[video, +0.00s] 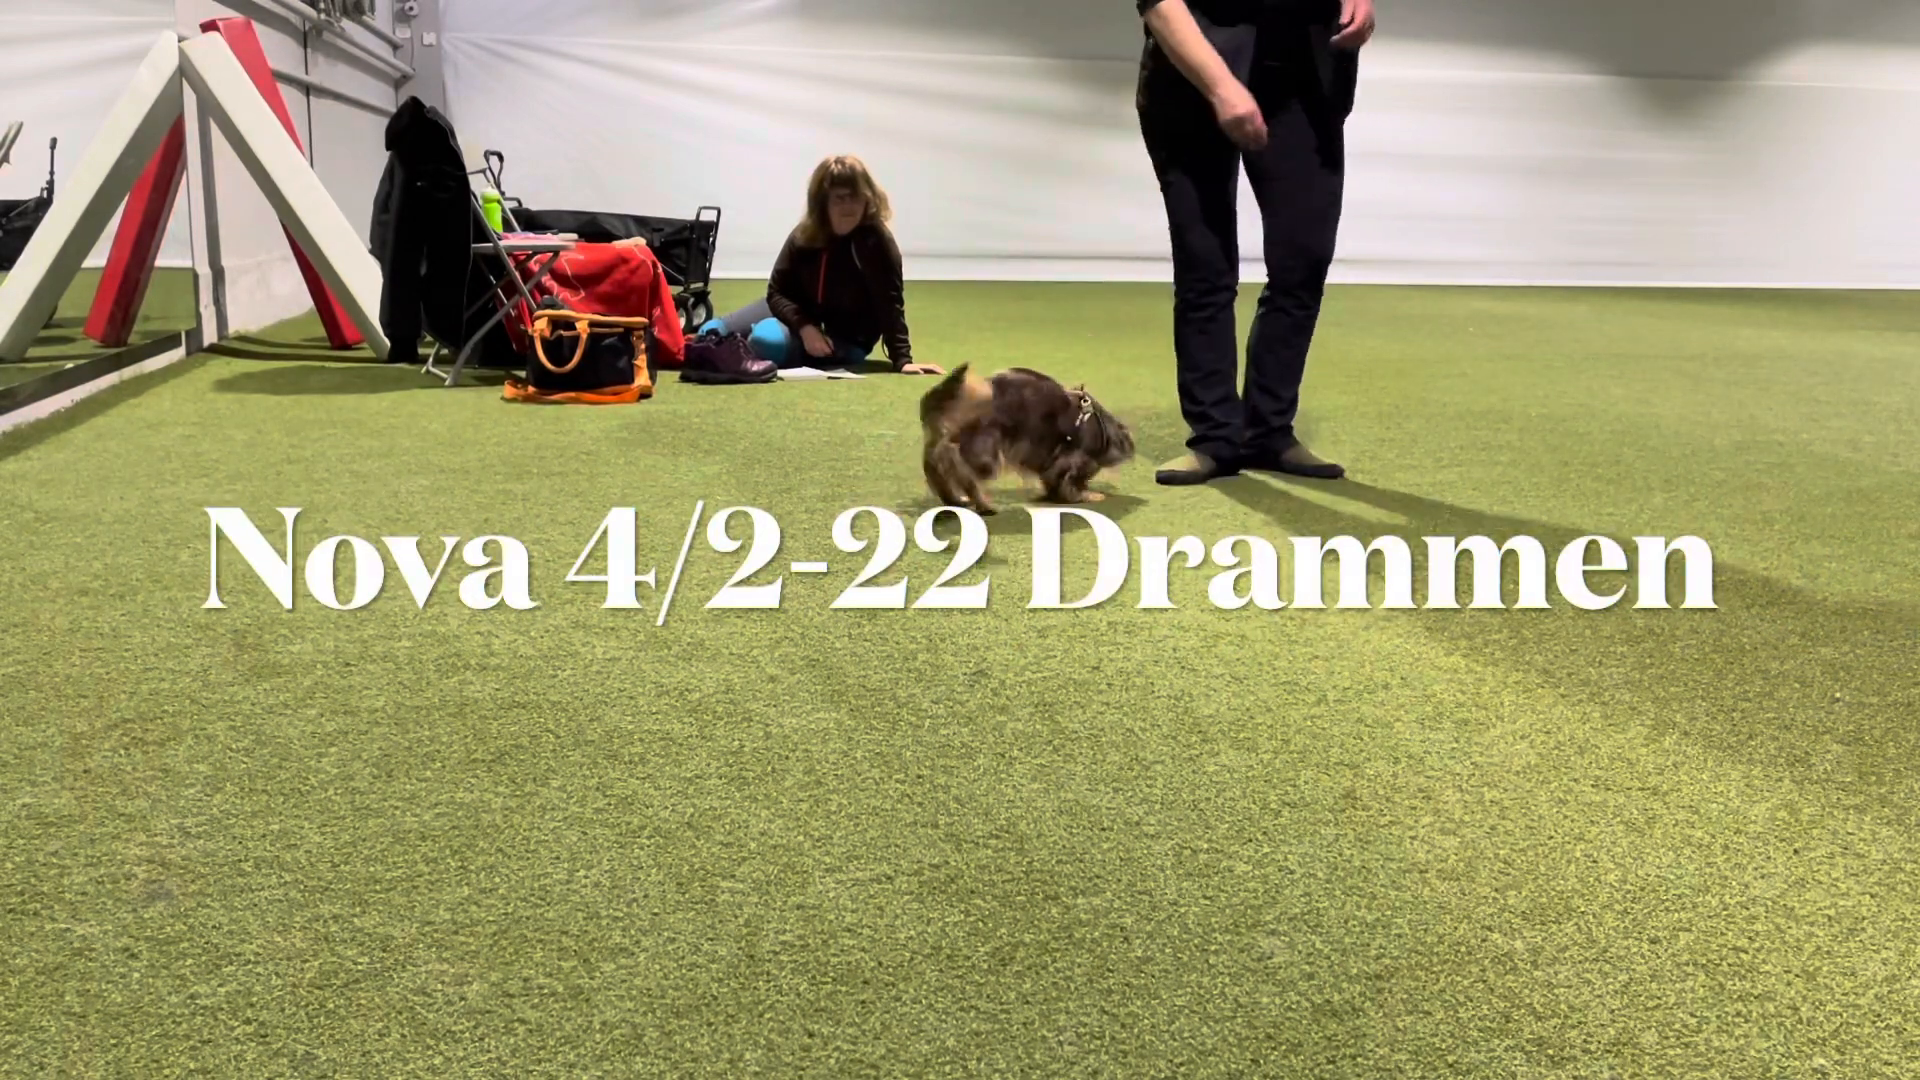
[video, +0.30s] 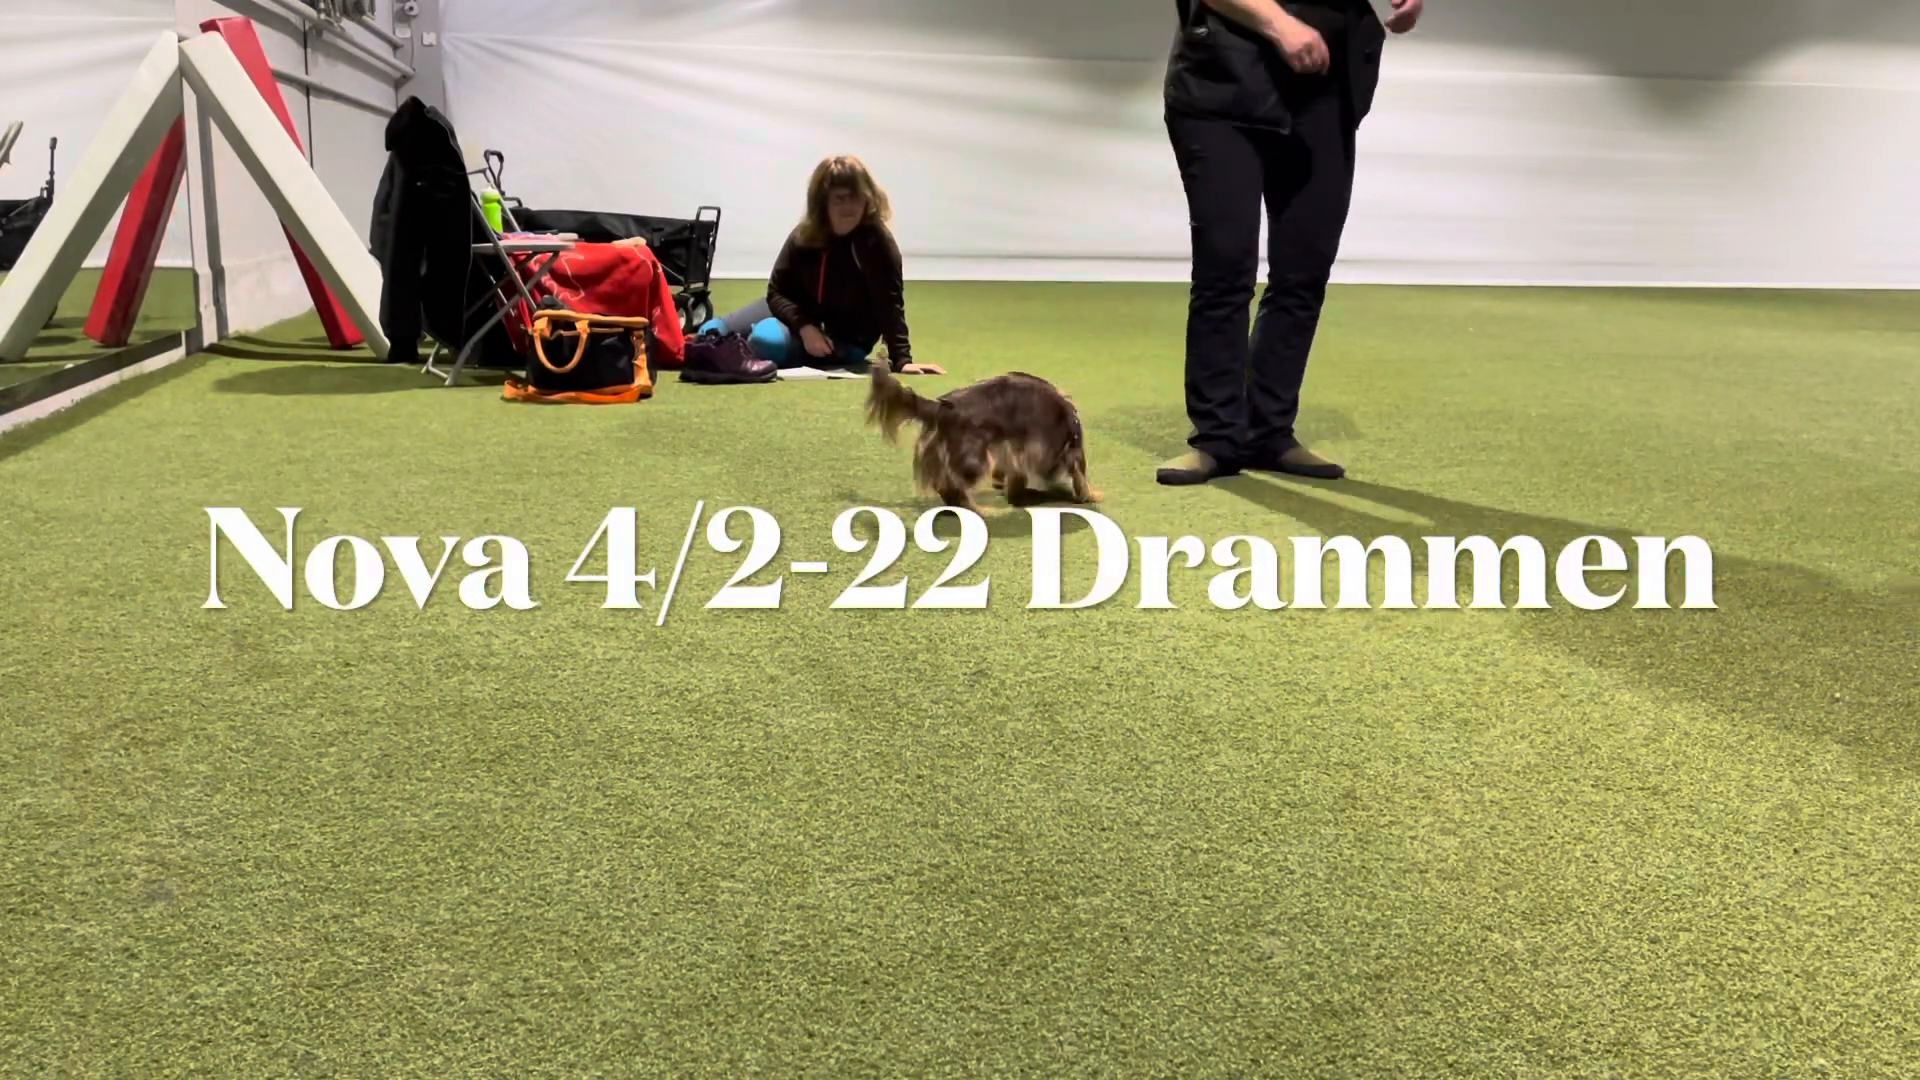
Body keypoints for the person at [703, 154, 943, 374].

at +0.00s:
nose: (848, 205)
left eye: (855, 196)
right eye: (839, 197)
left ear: (867, 200)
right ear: (822, 201)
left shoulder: (878, 242)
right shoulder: (804, 237)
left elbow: (891, 302)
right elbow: (777, 293)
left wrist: (903, 361)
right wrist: (804, 327)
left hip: (841, 338)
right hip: (794, 313)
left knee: (764, 338)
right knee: (712, 332)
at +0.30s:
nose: (847, 205)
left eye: (855, 196)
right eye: (838, 197)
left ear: (867, 200)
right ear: (822, 201)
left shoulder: (878, 244)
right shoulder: (804, 237)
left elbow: (891, 303)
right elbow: (777, 293)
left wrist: (902, 361)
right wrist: (804, 327)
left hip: (840, 338)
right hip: (793, 314)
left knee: (764, 337)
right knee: (714, 331)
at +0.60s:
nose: (848, 205)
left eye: (855, 196)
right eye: (839, 197)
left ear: (866, 200)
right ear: (822, 201)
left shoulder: (878, 243)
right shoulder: (804, 237)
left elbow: (891, 302)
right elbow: (777, 292)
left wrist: (902, 360)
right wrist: (804, 327)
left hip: (841, 338)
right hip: (795, 313)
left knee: (765, 338)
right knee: (714, 331)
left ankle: (738, 343)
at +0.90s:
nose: (847, 205)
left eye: (855, 196)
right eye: (838, 197)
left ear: (866, 200)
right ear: (822, 201)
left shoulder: (878, 243)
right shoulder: (804, 237)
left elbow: (891, 303)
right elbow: (777, 293)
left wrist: (903, 360)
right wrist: (804, 327)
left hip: (840, 338)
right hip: (794, 313)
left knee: (764, 337)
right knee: (714, 331)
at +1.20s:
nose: (847, 205)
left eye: (855, 196)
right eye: (838, 197)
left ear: (866, 200)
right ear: (822, 201)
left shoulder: (878, 243)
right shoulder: (804, 237)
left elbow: (891, 302)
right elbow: (777, 292)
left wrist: (902, 360)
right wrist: (804, 327)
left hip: (840, 338)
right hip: (794, 313)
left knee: (764, 338)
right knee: (713, 331)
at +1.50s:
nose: (847, 205)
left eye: (855, 196)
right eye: (838, 197)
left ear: (867, 200)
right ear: (822, 202)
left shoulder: (878, 242)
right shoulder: (804, 237)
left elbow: (891, 302)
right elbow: (777, 293)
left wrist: (903, 360)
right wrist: (804, 327)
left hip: (841, 338)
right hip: (794, 313)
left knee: (763, 337)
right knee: (715, 331)